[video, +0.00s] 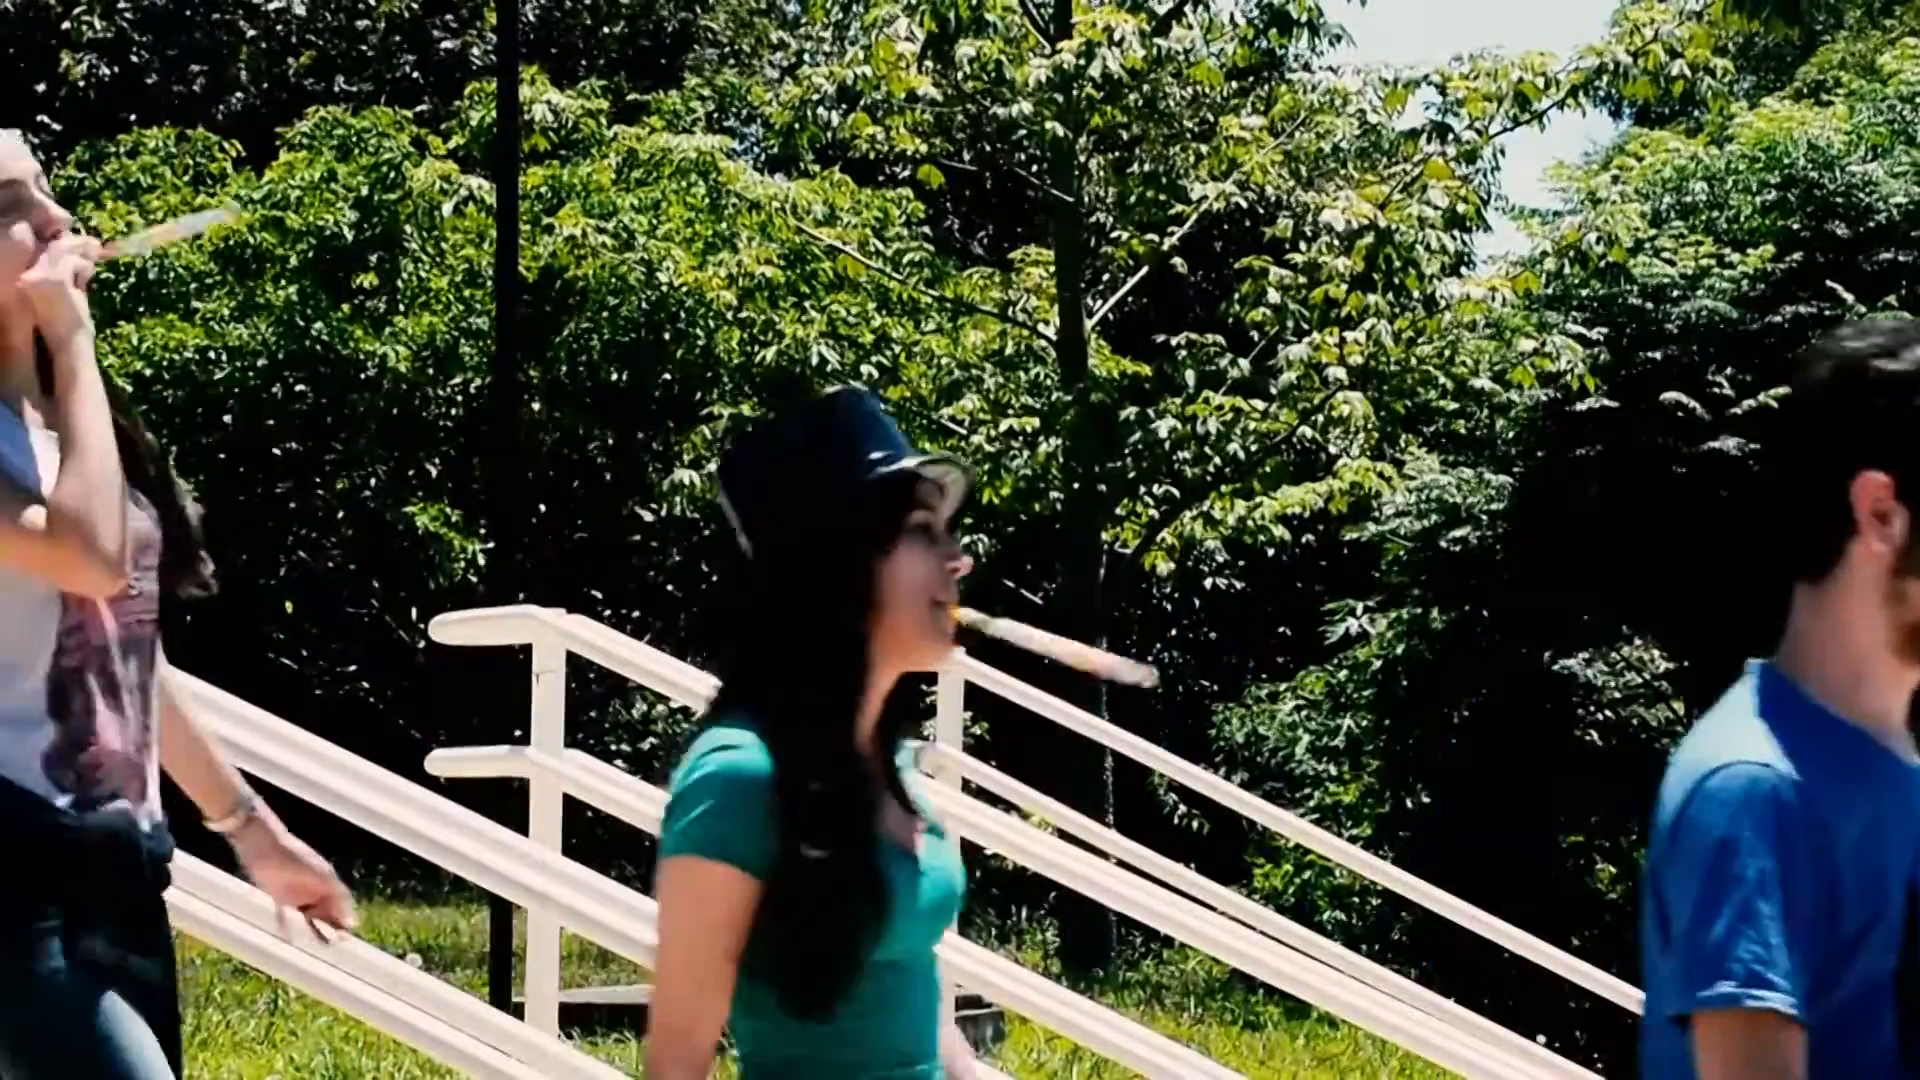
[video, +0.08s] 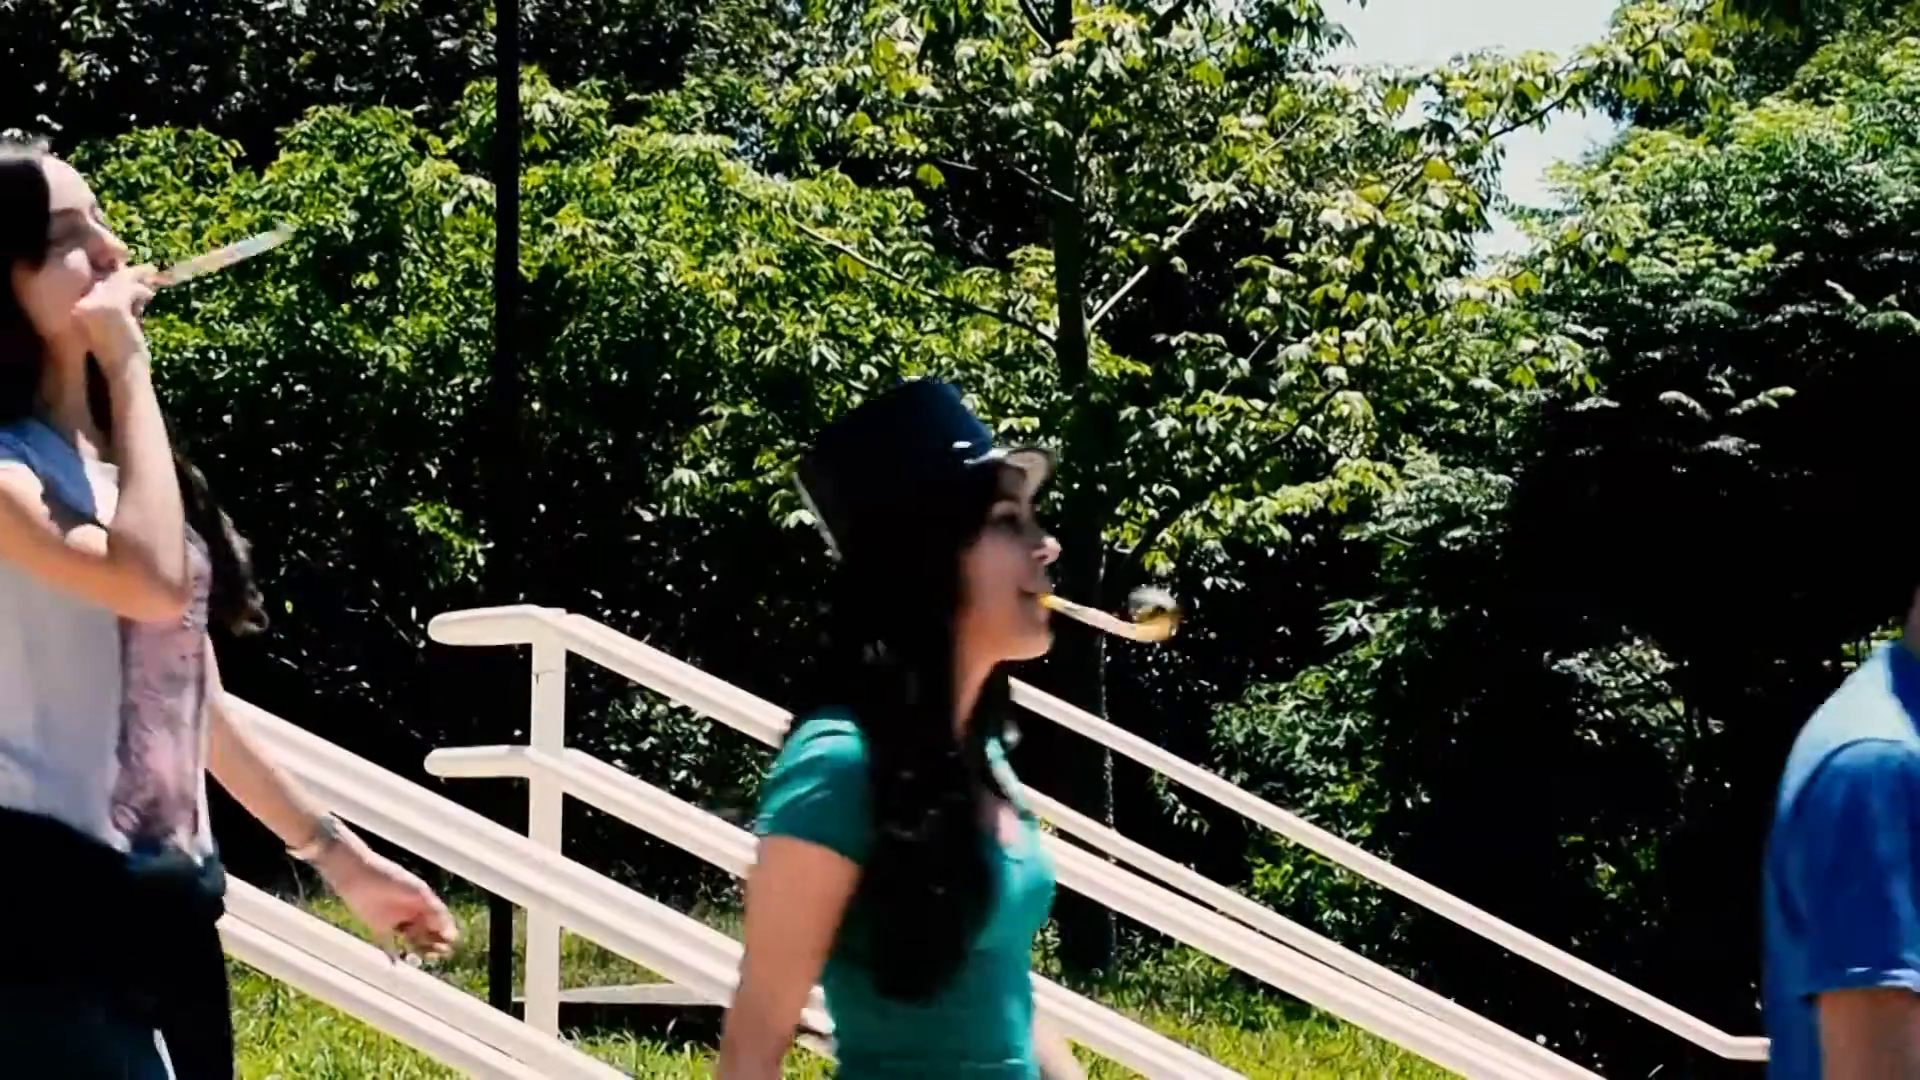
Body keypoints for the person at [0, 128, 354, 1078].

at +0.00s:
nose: (61, 221)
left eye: (50, 196)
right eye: (17, 208)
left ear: (55, 225)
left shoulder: (76, 432)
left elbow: (132, 654)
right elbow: (88, 558)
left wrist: (251, 830)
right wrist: (72, 345)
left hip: (124, 873)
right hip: (21, 878)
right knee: (140, 1063)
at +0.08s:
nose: (105, 250)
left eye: (98, 224)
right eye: (63, 237)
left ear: (112, 244)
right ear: (7, 281)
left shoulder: (123, 463)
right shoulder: (8, 465)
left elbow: (193, 695)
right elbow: (146, 586)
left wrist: (341, 861)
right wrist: (128, 367)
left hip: (175, 899)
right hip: (53, 906)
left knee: (200, 1064)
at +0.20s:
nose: (196, 311)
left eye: (185, 287)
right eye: (156, 296)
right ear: (86, 342)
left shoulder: (204, 532)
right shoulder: (43, 513)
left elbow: (251, 773)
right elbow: (243, 627)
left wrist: (420, 927)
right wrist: (221, 418)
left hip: (250, 971)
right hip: (126, 970)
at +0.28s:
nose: (264, 336)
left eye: (253, 315)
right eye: (222, 321)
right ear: (151, 369)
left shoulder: (261, 561)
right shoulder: (99, 532)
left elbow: (293, 818)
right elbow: (308, 646)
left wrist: (437, 998)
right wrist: (295, 442)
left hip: (300, 992)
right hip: (170, 988)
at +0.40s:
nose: (356, 341)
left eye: (345, 317)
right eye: (317, 321)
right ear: (246, 364)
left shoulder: (324, 547)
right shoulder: (186, 519)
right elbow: (408, 637)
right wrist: (396, 439)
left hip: (362, 979)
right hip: (241, 979)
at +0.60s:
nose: (506, 387)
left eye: (491, 368)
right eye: (465, 370)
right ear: (391, 420)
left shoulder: (485, 600)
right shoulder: (341, 562)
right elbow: (581, 667)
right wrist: (558, 478)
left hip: (530, 1028)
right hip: (411, 1024)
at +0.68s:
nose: (575, 436)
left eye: (557, 414)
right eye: (532, 416)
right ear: (458, 468)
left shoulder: (564, 633)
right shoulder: (414, 611)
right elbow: (658, 711)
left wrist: (629, 525)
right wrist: (629, 519)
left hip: (609, 1048)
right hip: (499, 1044)